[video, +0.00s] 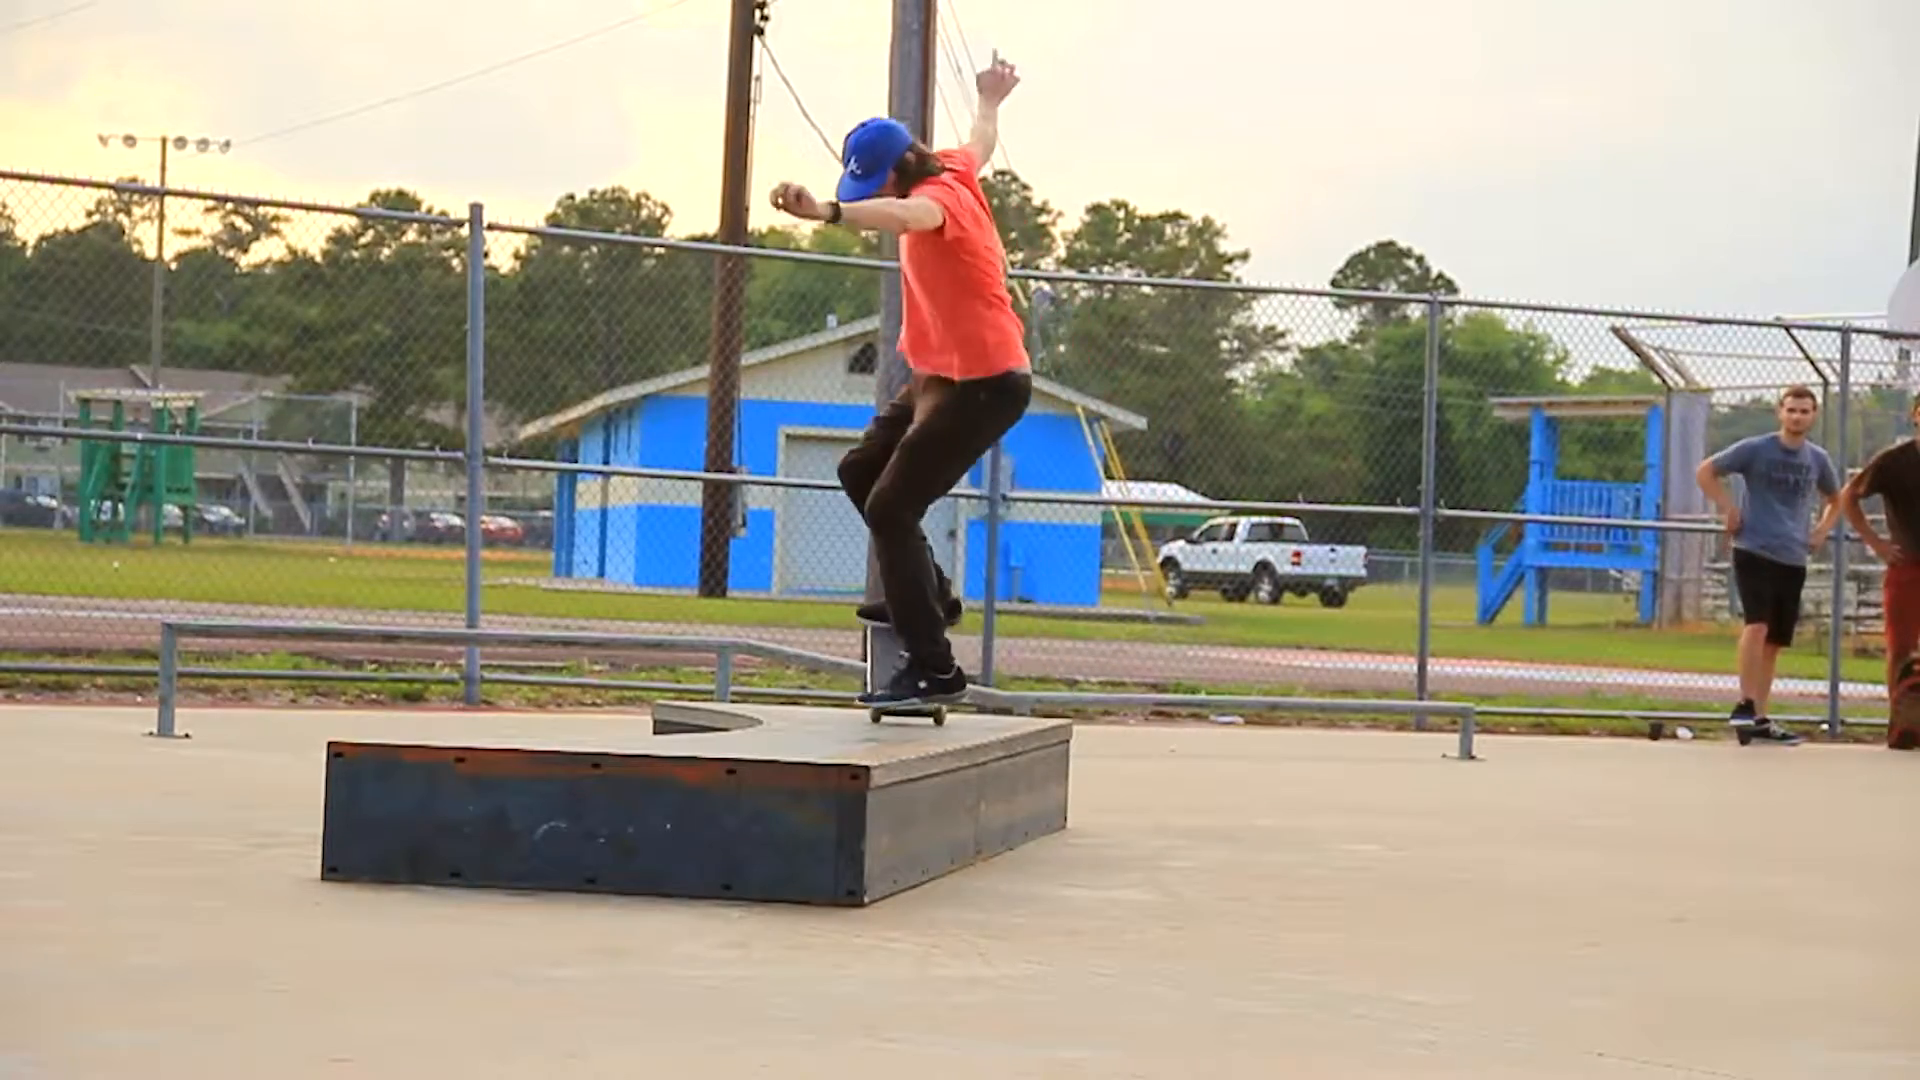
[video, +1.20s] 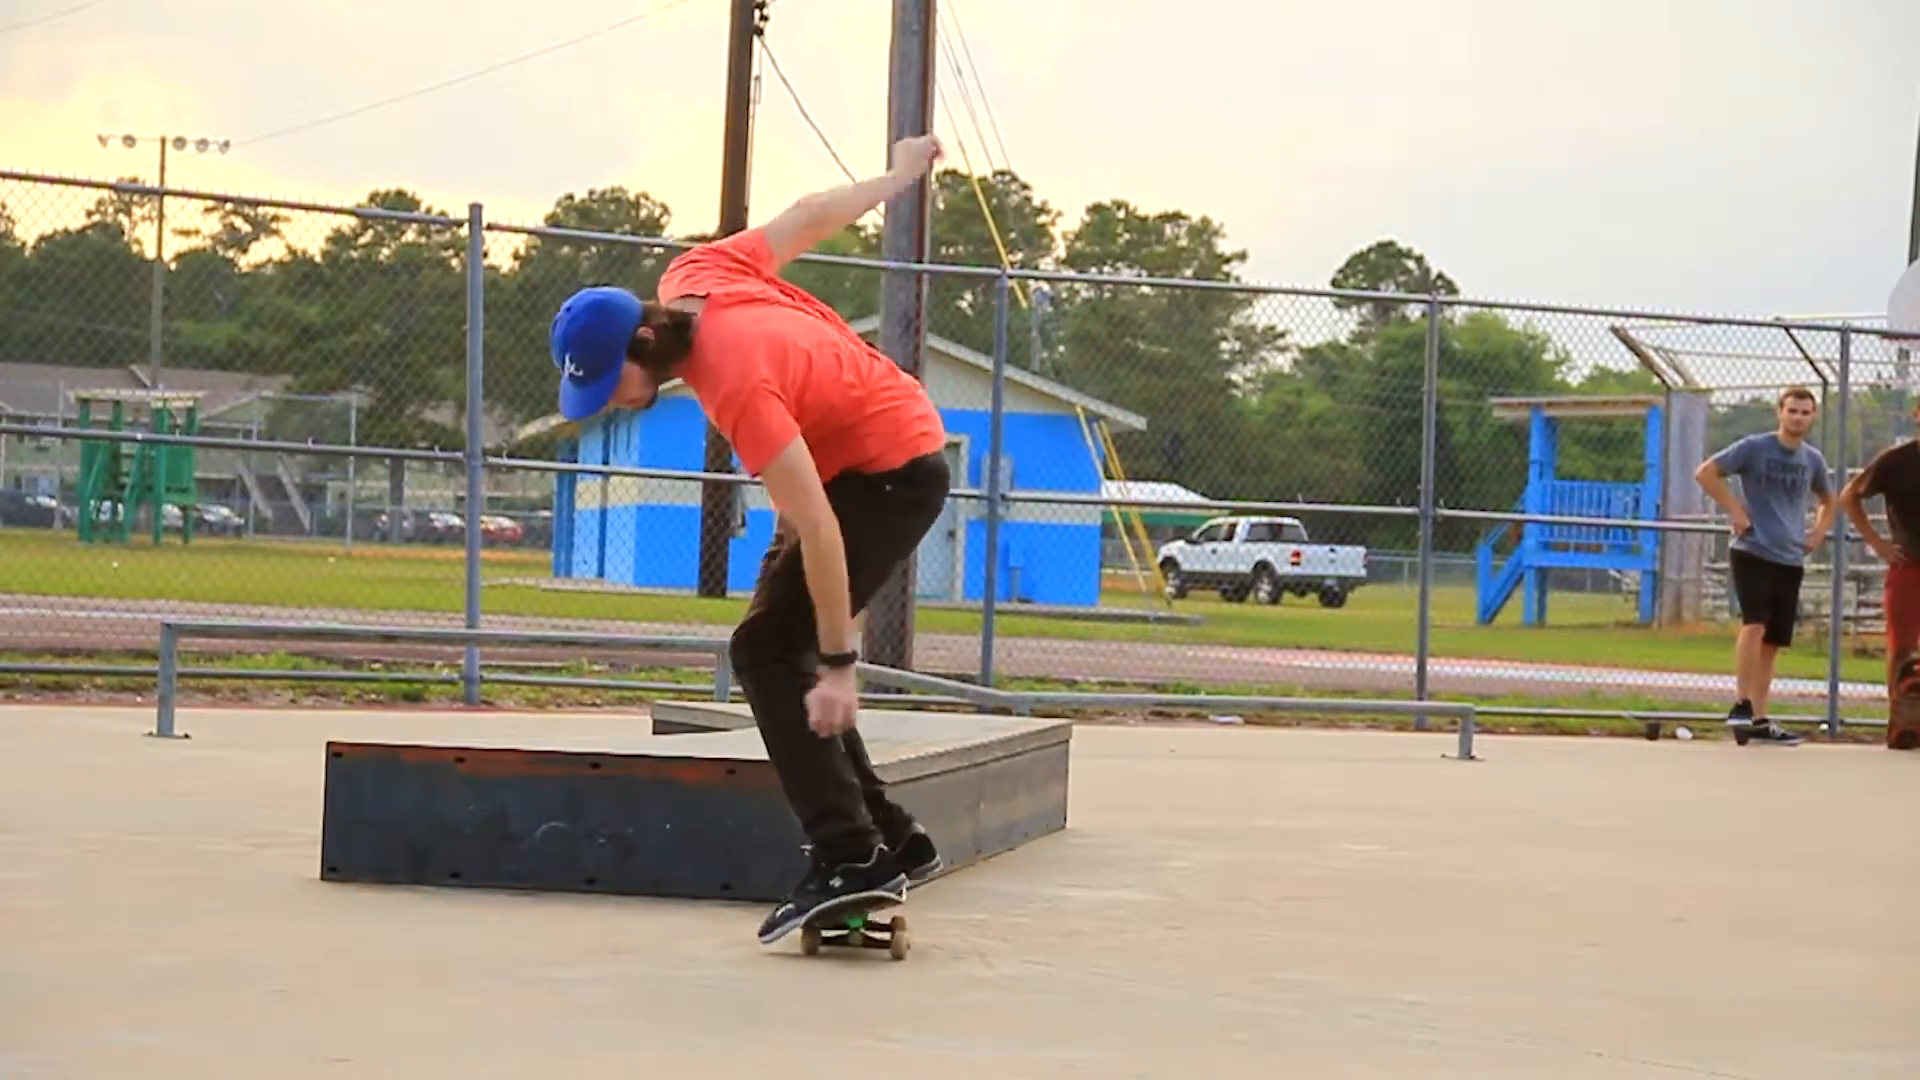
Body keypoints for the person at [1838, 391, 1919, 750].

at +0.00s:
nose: (1919, 419)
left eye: (1919, 413)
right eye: (1919, 413)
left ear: (1914, 416)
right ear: (1914, 416)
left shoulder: (1900, 457)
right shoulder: (1899, 458)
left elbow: (1849, 496)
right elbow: (1849, 496)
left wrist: (1876, 543)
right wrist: (1875, 543)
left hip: (1909, 569)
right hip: (1907, 567)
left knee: (1904, 650)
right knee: (1902, 650)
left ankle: (1905, 727)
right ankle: (1902, 726)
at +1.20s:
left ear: (1914, 416)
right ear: (1915, 416)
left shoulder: (1900, 458)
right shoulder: (1900, 459)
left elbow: (1850, 497)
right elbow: (1849, 496)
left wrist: (1878, 544)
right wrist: (1878, 544)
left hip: (1909, 568)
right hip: (1907, 567)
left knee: (1905, 650)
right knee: (1903, 649)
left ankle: (1905, 726)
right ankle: (1902, 726)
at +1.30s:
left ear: (1914, 417)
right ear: (1915, 417)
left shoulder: (1901, 458)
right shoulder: (1901, 459)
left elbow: (1850, 496)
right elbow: (1849, 496)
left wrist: (1875, 541)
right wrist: (1876, 542)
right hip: (1907, 567)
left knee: (1906, 654)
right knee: (1904, 653)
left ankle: (1905, 733)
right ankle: (1903, 733)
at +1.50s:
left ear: (1914, 417)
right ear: (1915, 417)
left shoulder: (1900, 458)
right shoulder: (1900, 458)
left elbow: (1850, 496)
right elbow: (1849, 495)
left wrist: (1877, 543)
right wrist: (1877, 543)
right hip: (1907, 569)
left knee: (1905, 657)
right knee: (1903, 656)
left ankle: (1906, 739)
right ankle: (1903, 741)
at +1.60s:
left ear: (1914, 416)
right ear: (1915, 416)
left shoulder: (1901, 457)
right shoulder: (1900, 458)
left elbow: (1850, 496)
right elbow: (1849, 495)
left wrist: (1877, 544)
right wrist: (1877, 543)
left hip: (1909, 568)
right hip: (1906, 567)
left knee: (1904, 650)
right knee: (1903, 648)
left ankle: (1905, 726)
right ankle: (1902, 726)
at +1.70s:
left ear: (1913, 415)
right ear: (1915, 415)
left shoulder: (1901, 457)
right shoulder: (1901, 458)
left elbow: (1849, 495)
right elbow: (1849, 495)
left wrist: (1875, 542)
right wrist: (1876, 542)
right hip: (1907, 567)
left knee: (1905, 653)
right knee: (1903, 652)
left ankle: (1904, 732)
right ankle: (1902, 732)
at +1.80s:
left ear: (1914, 415)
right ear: (1915, 415)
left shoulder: (1901, 457)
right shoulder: (1900, 458)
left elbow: (1849, 495)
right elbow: (1849, 495)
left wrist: (1875, 541)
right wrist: (1876, 542)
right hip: (1907, 567)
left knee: (1905, 654)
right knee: (1903, 653)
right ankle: (1901, 732)